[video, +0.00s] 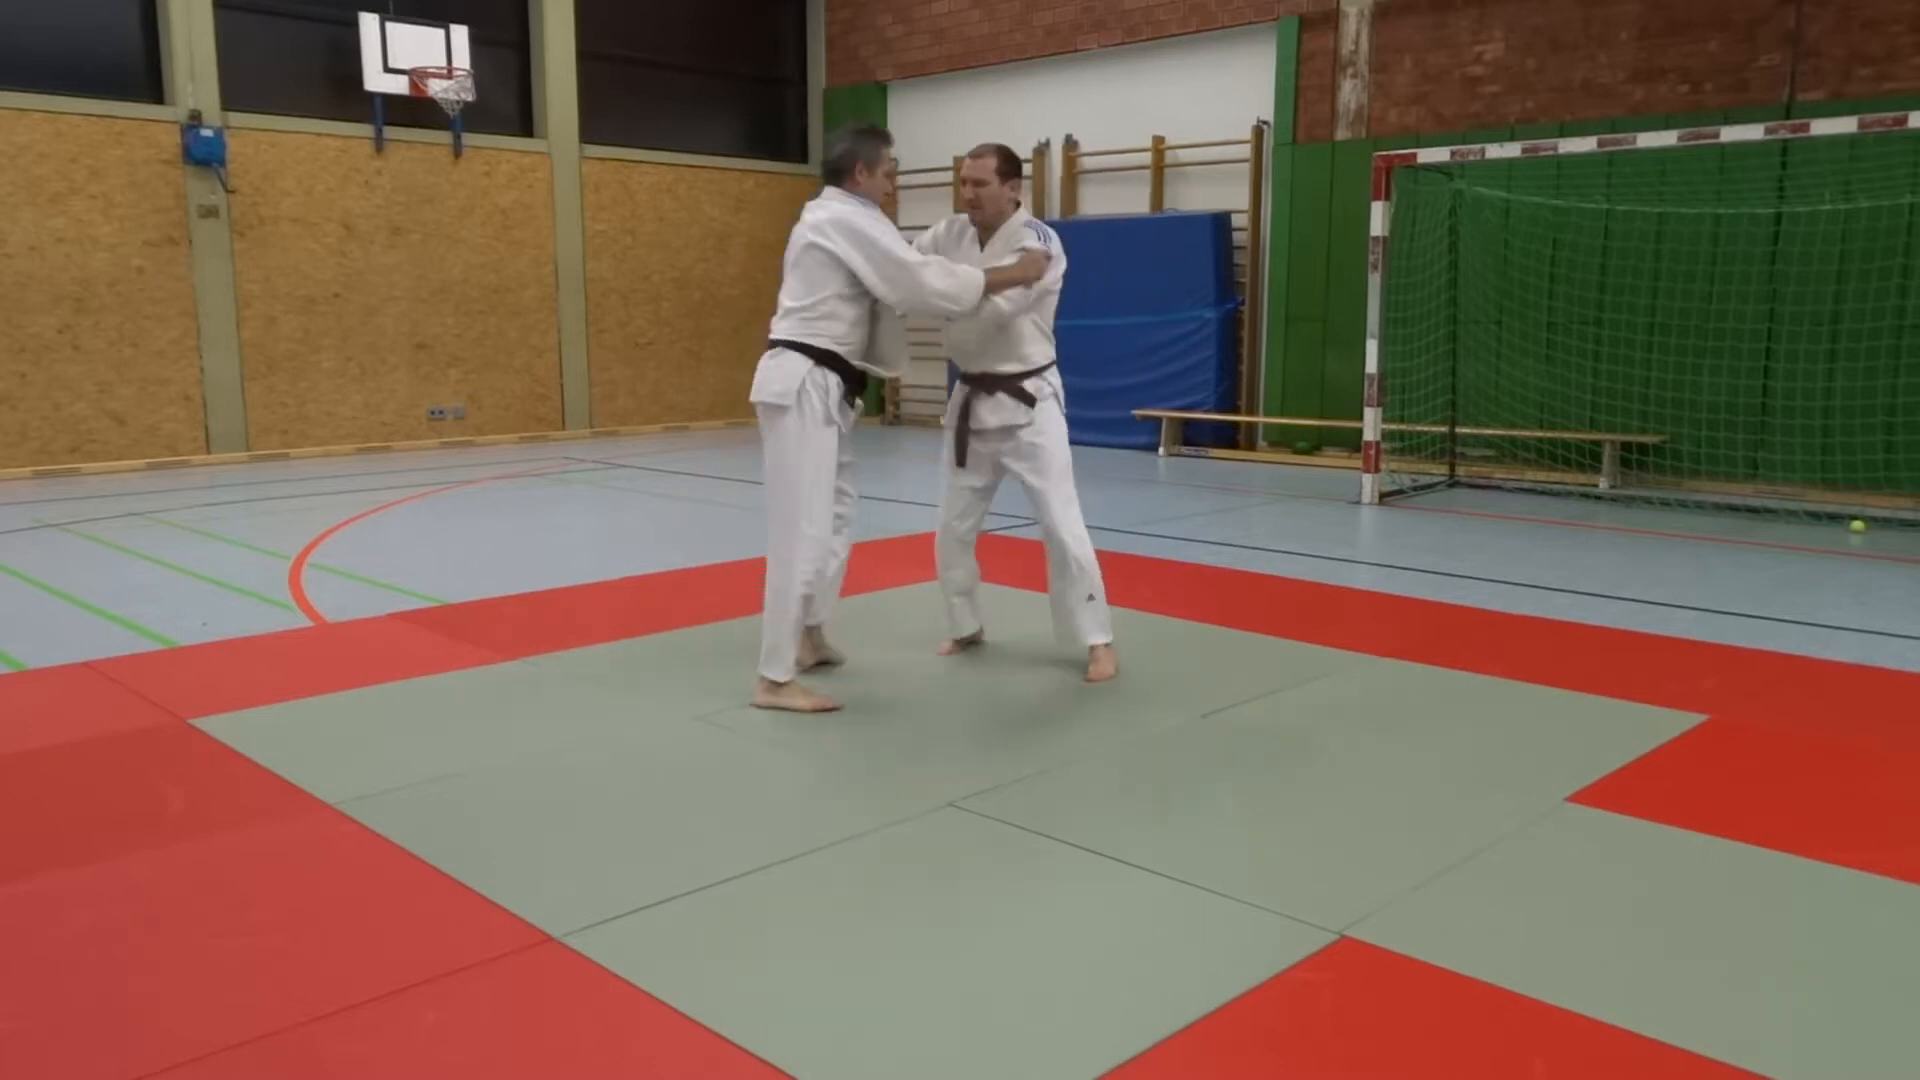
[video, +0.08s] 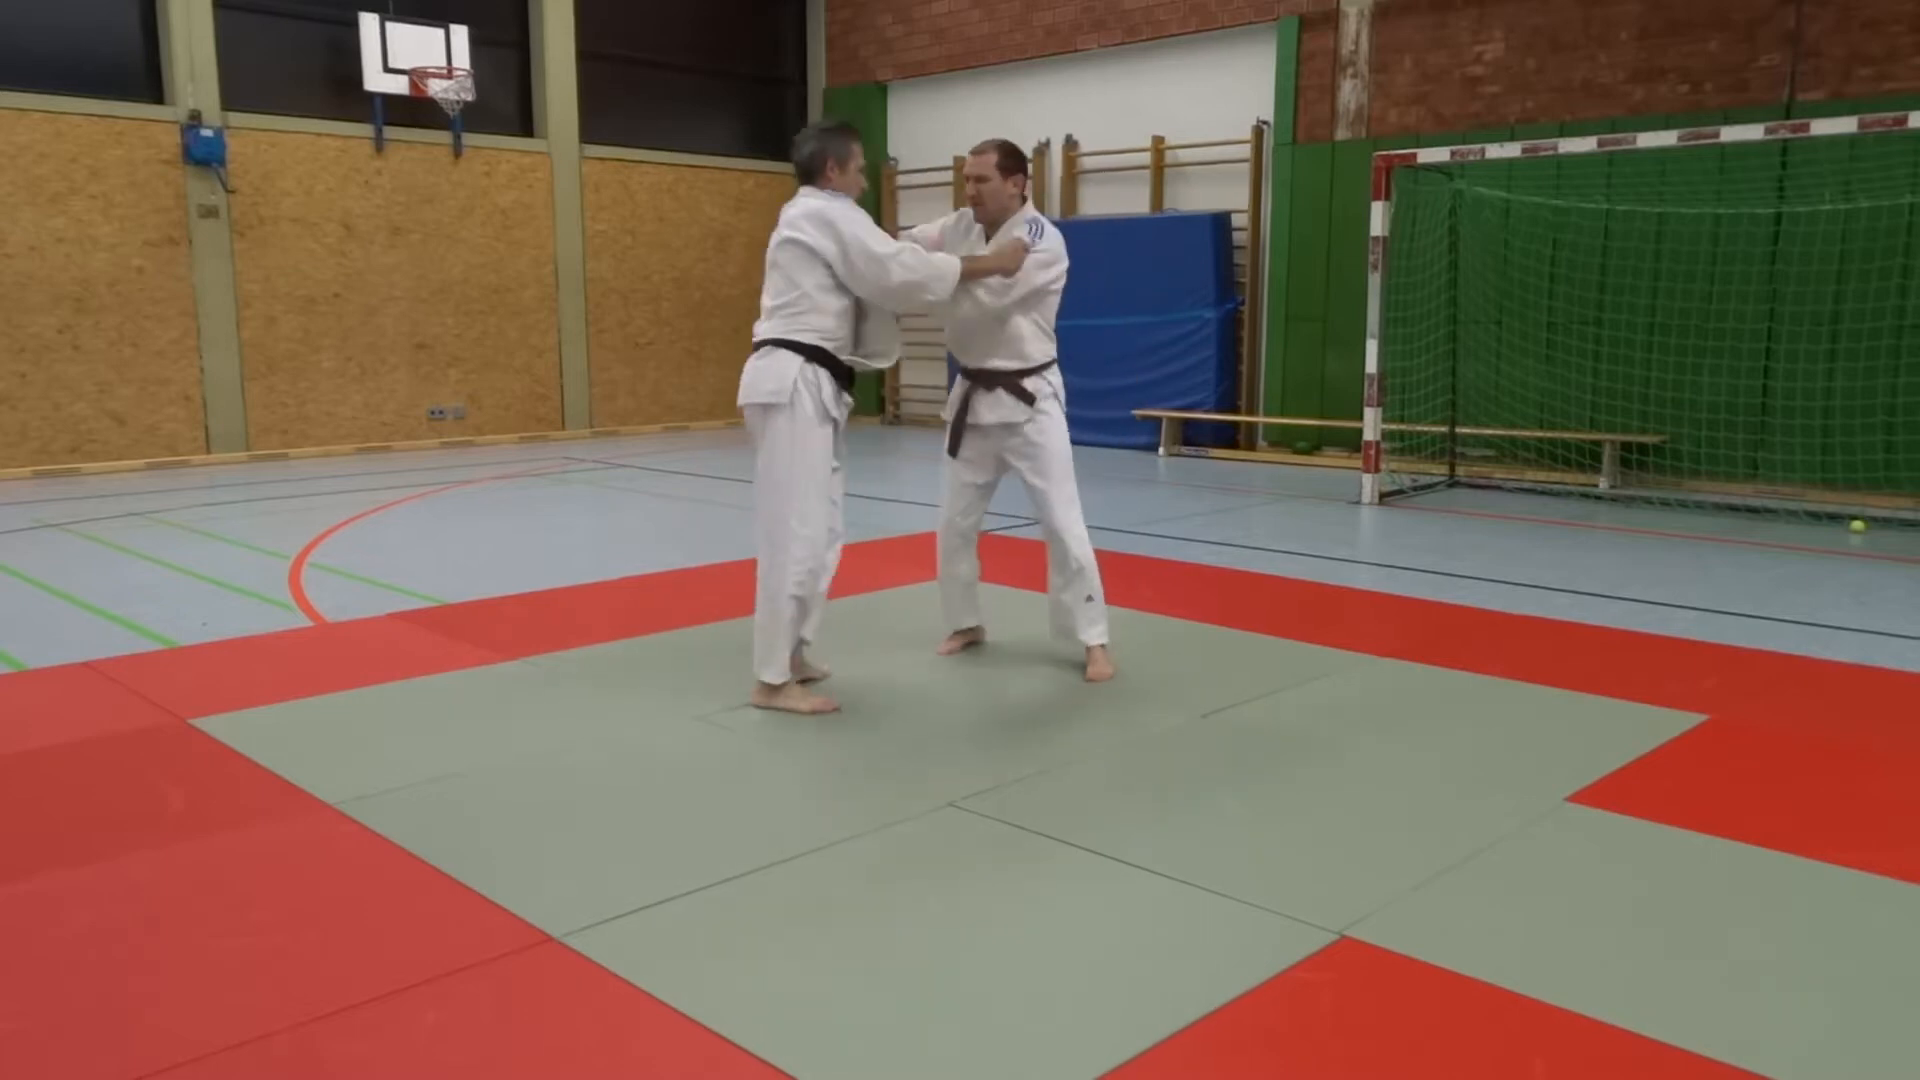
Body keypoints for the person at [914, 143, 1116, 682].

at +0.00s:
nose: (968, 195)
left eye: (979, 185)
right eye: (963, 185)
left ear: (1013, 189)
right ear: (959, 188)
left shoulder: (1040, 245)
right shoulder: (951, 232)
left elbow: (1003, 308)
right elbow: (906, 272)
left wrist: (944, 281)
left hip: (1031, 400)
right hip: (971, 397)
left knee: (1062, 525)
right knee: (955, 527)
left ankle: (1099, 641)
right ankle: (966, 629)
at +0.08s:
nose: (971, 192)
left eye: (981, 182)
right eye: (968, 182)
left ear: (1017, 184)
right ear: (965, 186)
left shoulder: (1046, 242)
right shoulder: (963, 225)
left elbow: (990, 296)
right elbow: (901, 247)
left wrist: (926, 264)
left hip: (1032, 396)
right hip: (973, 394)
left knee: (1065, 526)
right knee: (956, 523)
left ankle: (1095, 640)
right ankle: (966, 625)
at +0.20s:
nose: (981, 187)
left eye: (991, 178)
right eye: (979, 178)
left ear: (1027, 180)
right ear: (990, 182)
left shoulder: (1050, 239)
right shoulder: (980, 234)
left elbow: (985, 276)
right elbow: (942, 281)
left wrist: (929, 241)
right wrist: (925, 236)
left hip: (1033, 394)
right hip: (977, 393)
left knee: (1063, 525)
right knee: (960, 522)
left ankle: (1095, 641)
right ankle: (968, 625)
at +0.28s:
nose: (984, 183)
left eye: (995, 174)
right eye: (982, 174)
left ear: (1031, 178)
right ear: (991, 179)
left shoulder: (1042, 236)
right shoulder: (987, 232)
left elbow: (970, 274)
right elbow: (941, 273)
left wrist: (894, 267)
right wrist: (892, 292)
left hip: (1034, 394)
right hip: (980, 393)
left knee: (1060, 525)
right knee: (964, 520)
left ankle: (1096, 642)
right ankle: (972, 626)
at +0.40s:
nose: (991, 184)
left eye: (1001, 175)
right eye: (990, 175)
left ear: (1036, 181)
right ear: (995, 180)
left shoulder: (1045, 237)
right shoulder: (992, 236)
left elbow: (980, 279)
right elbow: (941, 276)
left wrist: (903, 271)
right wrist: (915, 251)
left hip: (1037, 395)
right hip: (984, 394)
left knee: (1054, 526)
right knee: (971, 520)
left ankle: (1094, 645)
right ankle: (975, 628)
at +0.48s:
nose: (995, 184)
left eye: (1007, 175)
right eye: (994, 174)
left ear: (1041, 183)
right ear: (998, 180)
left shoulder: (1049, 243)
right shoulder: (996, 233)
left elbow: (972, 289)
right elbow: (950, 238)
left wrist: (903, 269)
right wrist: (915, 222)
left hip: (1038, 398)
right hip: (983, 395)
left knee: (1055, 528)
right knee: (973, 521)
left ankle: (1091, 646)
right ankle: (976, 628)